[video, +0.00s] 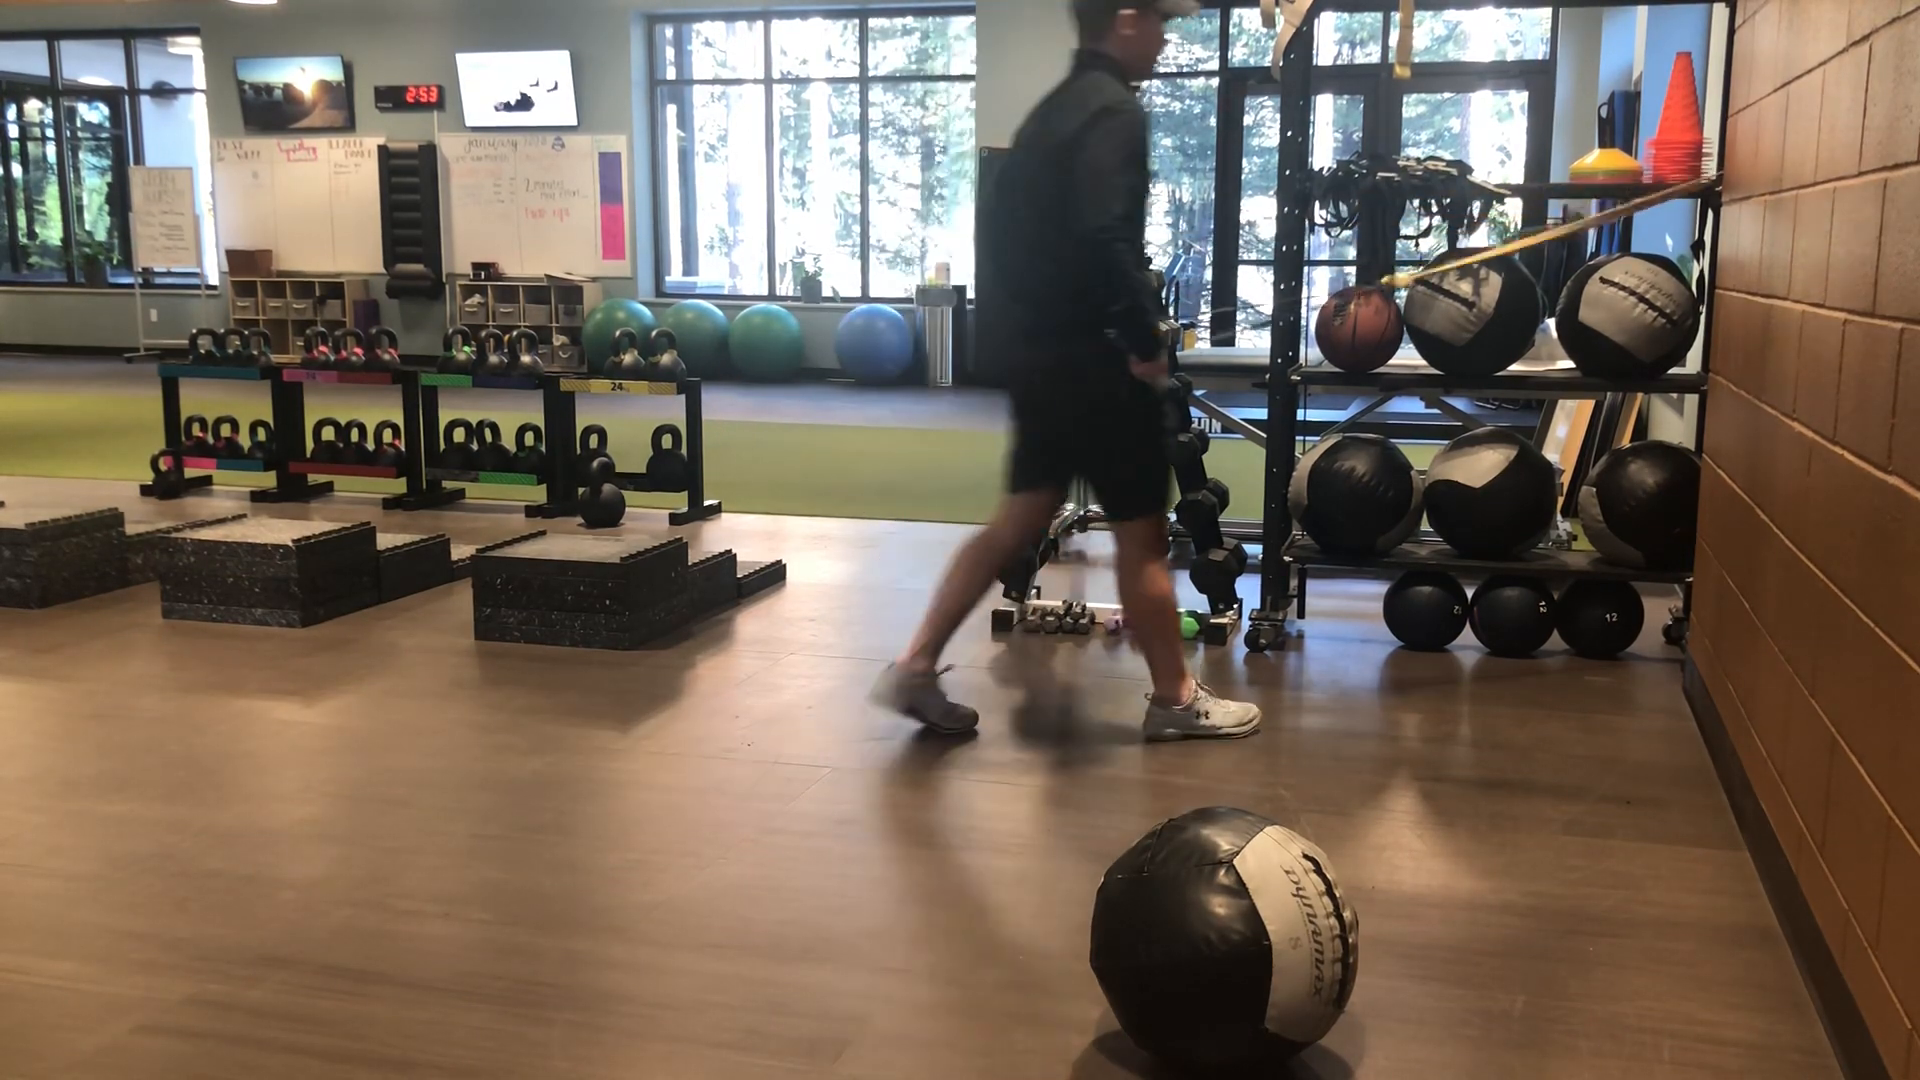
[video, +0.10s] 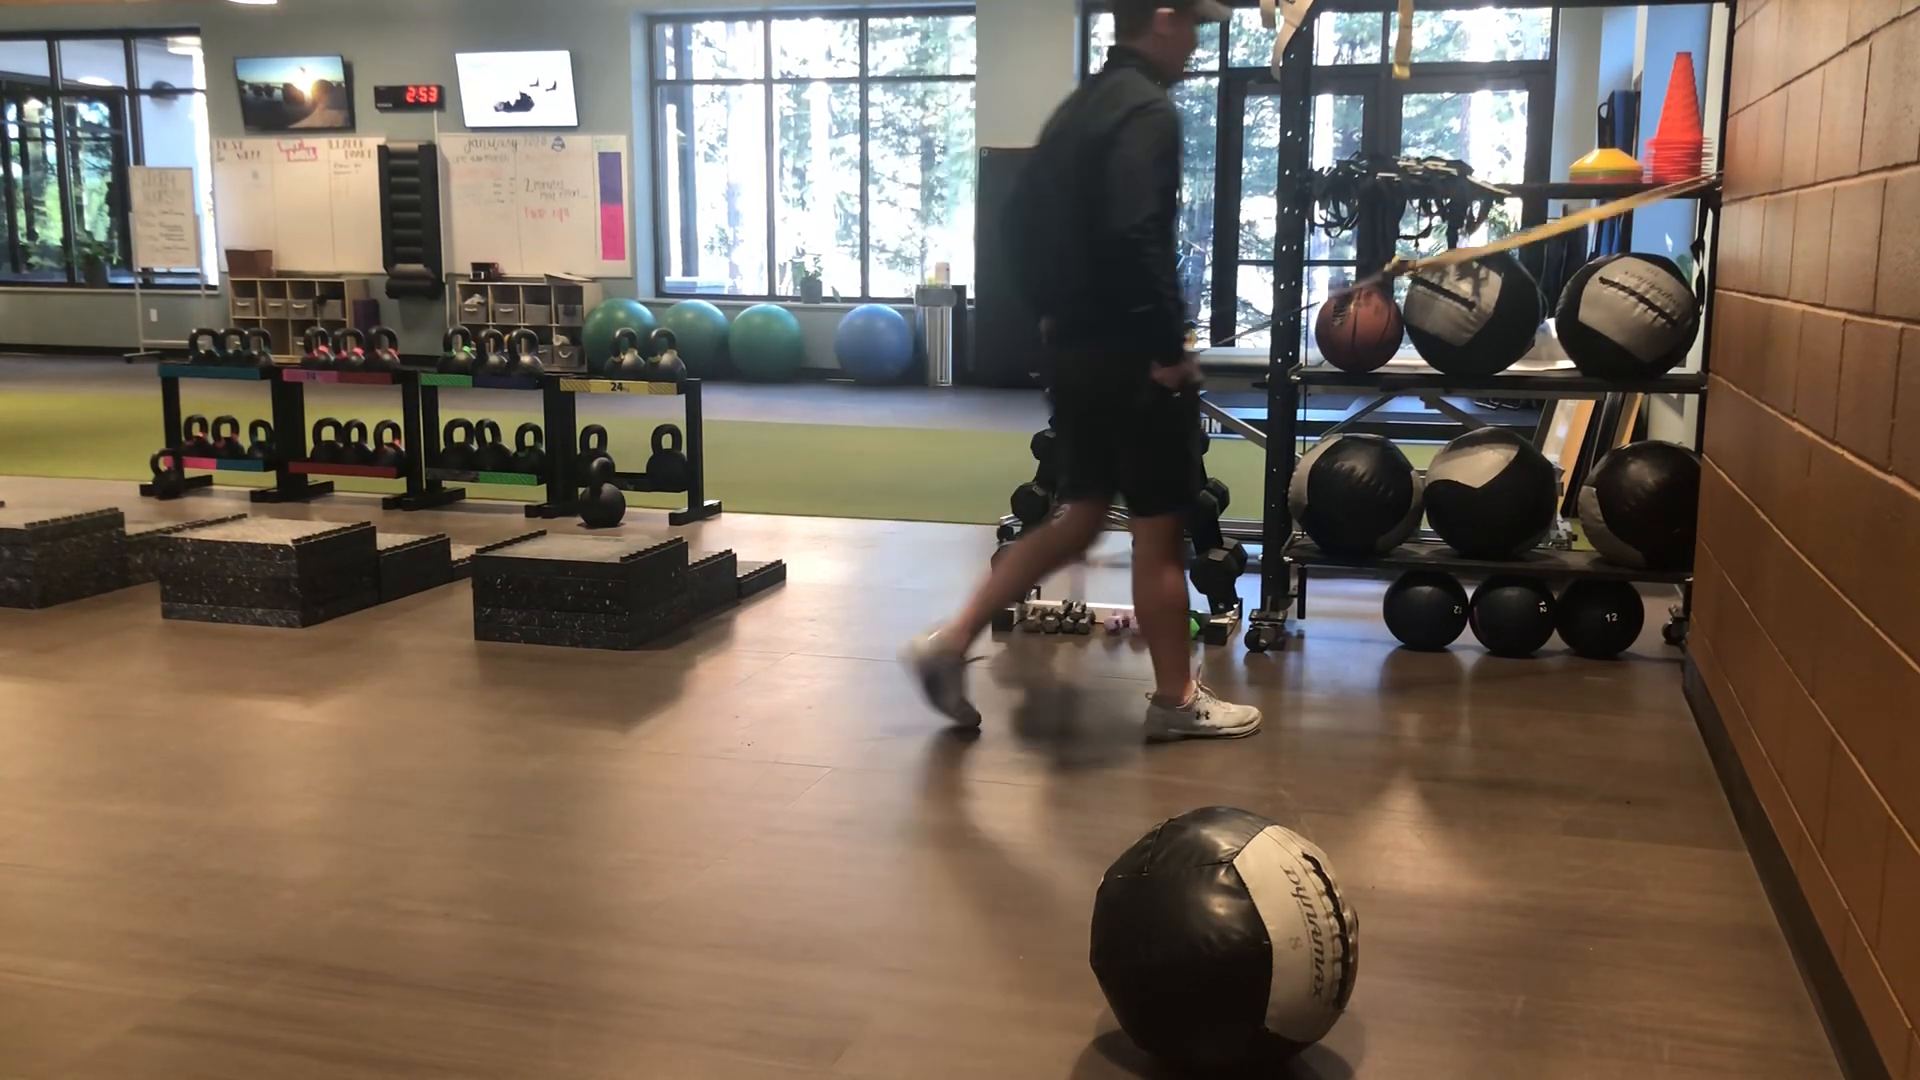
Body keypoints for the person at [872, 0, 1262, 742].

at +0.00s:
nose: (1165, 40)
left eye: (1165, 27)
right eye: (1159, 25)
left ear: (1105, 29)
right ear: (1124, 24)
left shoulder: (1058, 107)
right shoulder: (1114, 110)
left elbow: (1032, 237)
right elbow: (1106, 234)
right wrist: (1146, 340)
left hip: (1040, 354)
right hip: (1097, 356)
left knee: (1021, 518)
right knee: (1143, 534)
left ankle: (914, 669)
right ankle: (1176, 698)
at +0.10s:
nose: (1194, 42)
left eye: (1196, 30)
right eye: (1190, 27)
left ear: (1135, 28)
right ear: (1158, 23)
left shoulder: (1083, 103)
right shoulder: (1148, 110)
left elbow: (1031, 222)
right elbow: (1140, 233)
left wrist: (1057, 319)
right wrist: (1170, 345)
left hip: (1074, 346)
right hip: (1139, 350)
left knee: (1079, 516)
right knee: (1159, 526)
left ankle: (949, 644)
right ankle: (1176, 698)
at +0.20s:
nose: (1237, 45)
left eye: (1239, 33)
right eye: (1235, 30)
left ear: (1175, 28)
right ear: (1206, 23)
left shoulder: (1117, 104)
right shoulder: (1199, 111)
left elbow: (1062, 212)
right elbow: (1179, 227)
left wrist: (1070, 315)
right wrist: (1208, 336)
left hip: (1111, 334)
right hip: (1171, 338)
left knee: (1168, 509)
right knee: (1179, 516)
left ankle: (1038, 613)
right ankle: (1179, 699)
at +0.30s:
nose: (1282, 51)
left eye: (1285, 37)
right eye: (1280, 34)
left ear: (1219, 26)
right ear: (1249, 24)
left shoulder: (1156, 99)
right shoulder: (1239, 108)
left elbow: (1096, 214)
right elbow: (1215, 227)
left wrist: (1098, 318)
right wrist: (1234, 341)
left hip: (1145, 330)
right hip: (1199, 338)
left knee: (1232, 486)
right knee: (1201, 511)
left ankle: (1142, 632)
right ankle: (1179, 699)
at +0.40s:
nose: (1318, 60)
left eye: (1321, 46)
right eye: (1318, 42)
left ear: (1255, 30)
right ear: (1292, 29)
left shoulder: (1198, 106)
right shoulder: (1280, 112)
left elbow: (1136, 228)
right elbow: (1252, 236)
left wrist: (1119, 326)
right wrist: (1236, 354)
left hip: (1185, 339)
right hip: (1241, 346)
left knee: (1277, 489)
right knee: (1217, 526)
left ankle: (1258, 651)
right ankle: (1179, 697)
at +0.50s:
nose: (1359, 78)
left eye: (1362, 65)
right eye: (1360, 62)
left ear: (1294, 41)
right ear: (1337, 42)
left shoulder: (1236, 113)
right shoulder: (1311, 125)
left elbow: (1177, 229)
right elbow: (1278, 245)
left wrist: (1140, 328)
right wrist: (1251, 361)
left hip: (1227, 347)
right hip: (1279, 355)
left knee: (1297, 507)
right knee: (1248, 529)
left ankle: (1346, 649)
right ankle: (1183, 688)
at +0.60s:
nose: (1408, 94)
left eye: (1410, 80)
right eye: (1407, 79)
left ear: (1345, 64)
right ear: (1381, 70)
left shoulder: (1295, 127)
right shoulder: (1359, 138)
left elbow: (1237, 239)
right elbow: (1329, 255)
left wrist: (1216, 346)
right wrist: (1310, 370)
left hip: (1276, 349)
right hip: (1321, 357)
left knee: (1347, 513)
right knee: (1328, 522)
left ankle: (1375, 661)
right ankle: (1211, 660)